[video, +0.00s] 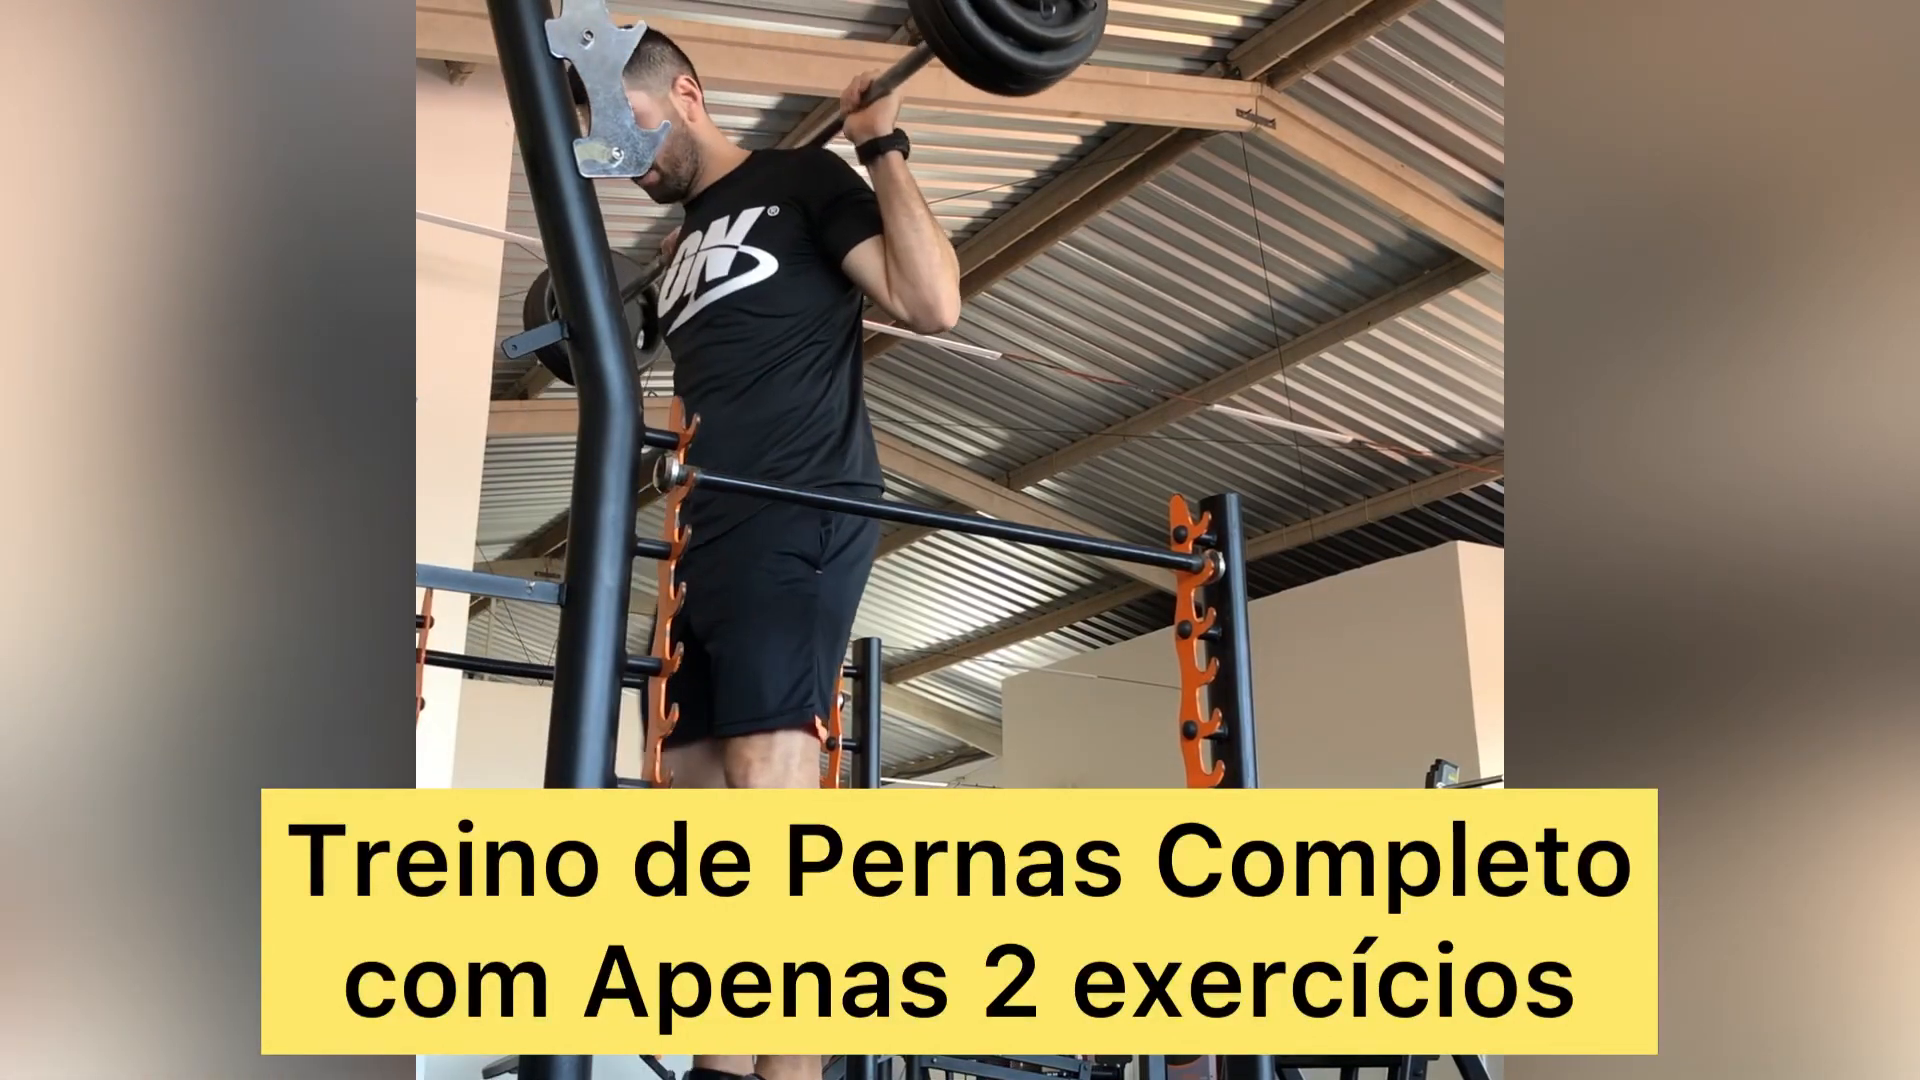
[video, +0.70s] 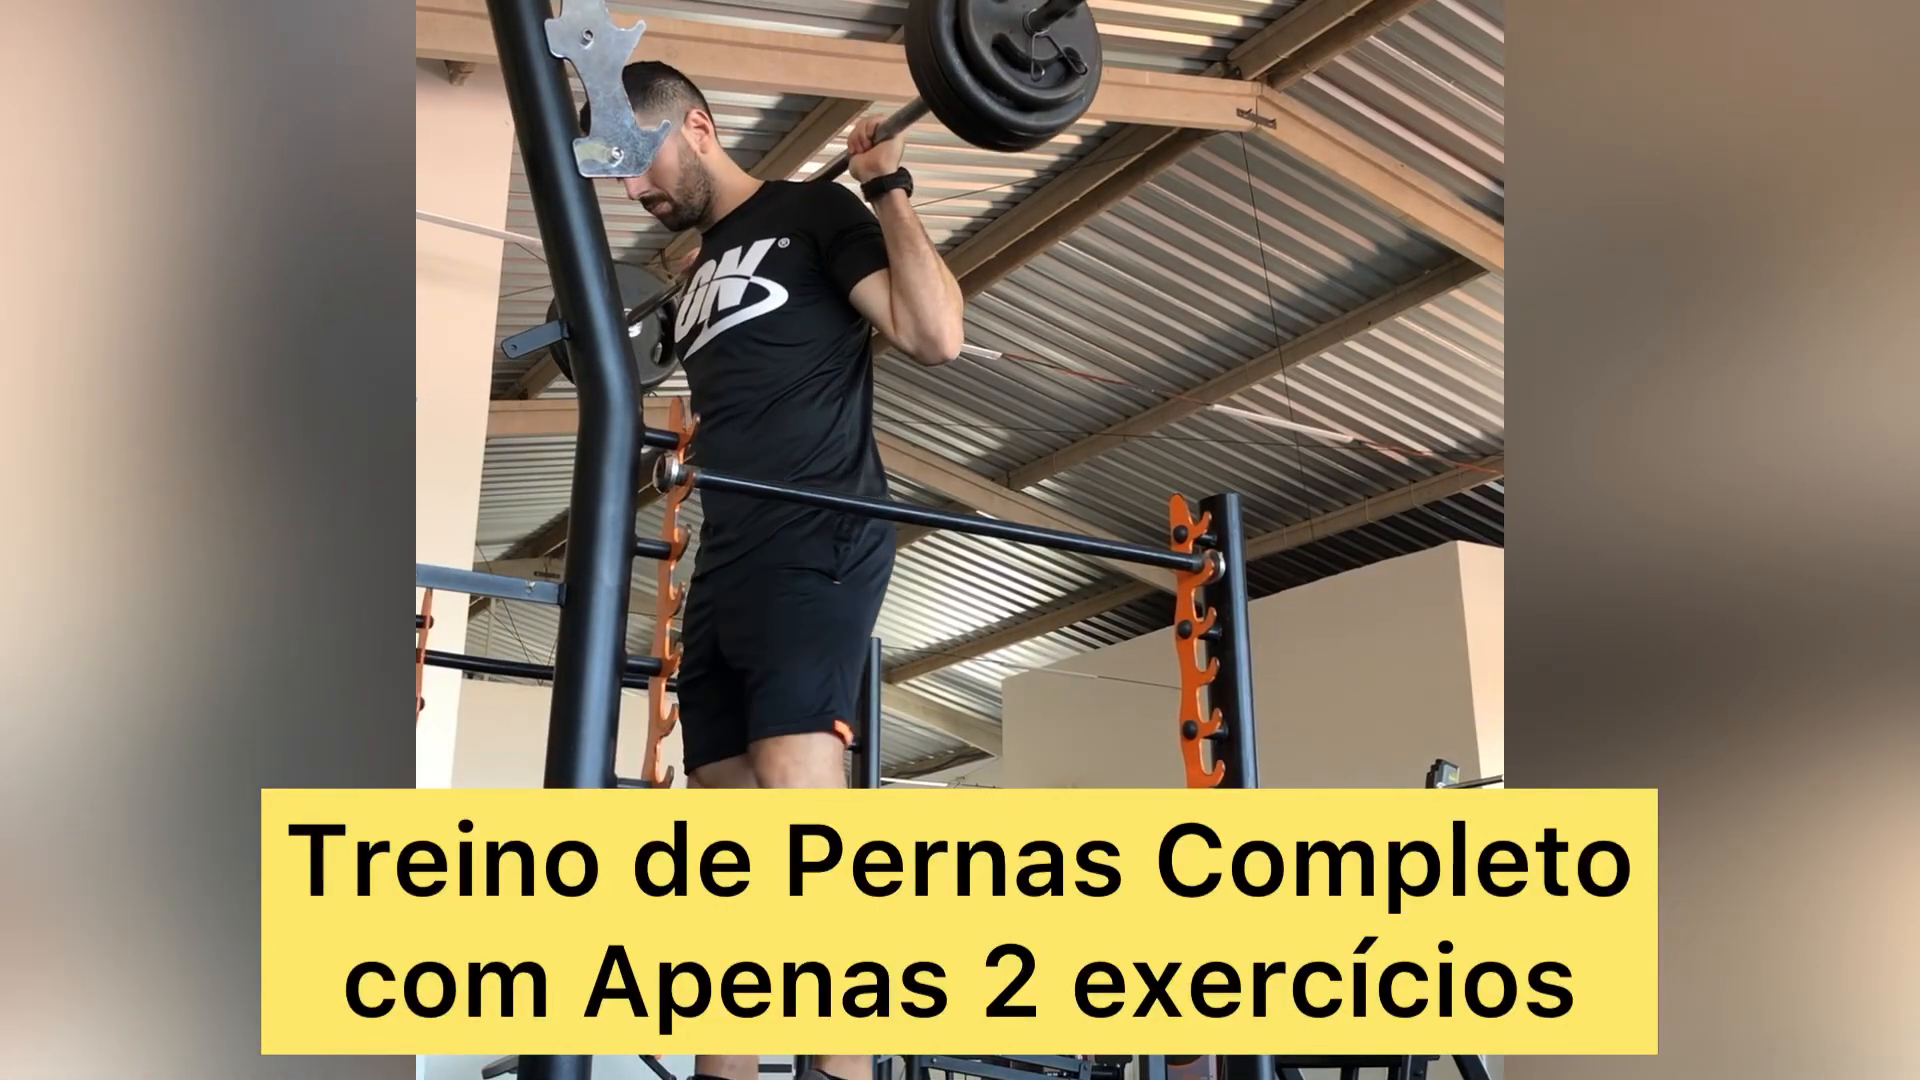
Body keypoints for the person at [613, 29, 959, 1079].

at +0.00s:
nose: (635, 155)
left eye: (643, 128)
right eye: (622, 139)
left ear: (692, 95)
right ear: (630, 136)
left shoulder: (800, 173)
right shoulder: (676, 254)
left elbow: (933, 304)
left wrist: (887, 151)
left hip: (801, 502)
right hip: (713, 514)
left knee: (769, 770)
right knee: (687, 772)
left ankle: (795, 1052)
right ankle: (725, 1051)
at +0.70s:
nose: (637, 187)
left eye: (643, 158)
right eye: (623, 170)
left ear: (700, 128)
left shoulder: (813, 210)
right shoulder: (696, 272)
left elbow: (939, 336)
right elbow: (724, 412)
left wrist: (890, 192)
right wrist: (670, 441)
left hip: (815, 538)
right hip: (728, 552)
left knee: (806, 815)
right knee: (721, 827)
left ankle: (844, 1063)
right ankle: (729, 1064)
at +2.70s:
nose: (624, 186)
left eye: (633, 157)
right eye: (610, 170)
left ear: (685, 126)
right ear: (617, 171)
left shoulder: (801, 200)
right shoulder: (687, 281)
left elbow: (926, 322)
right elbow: (704, 435)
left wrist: (877, 179)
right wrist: (672, 584)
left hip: (812, 528)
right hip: (722, 544)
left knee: (768, 758)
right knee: (691, 790)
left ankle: (829, 1063)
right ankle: (711, 1065)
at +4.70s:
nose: (625, 183)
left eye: (633, 153)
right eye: (612, 167)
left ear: (685, 117)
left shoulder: (795, 196)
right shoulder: (677, 264)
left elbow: (904, 323)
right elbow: (694, 415)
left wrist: (857, 173)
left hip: (793, 525)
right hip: (707, 542)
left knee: (783, 765)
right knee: (693, 790)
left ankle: (823, 1065)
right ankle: (708, 1067)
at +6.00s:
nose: (624, 183)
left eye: (632, 154)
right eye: (611, 168)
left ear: (684, 120)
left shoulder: (799, 199)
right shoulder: (687, 270)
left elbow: (921, 321)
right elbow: (712, 415)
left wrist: (863, 174)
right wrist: (677, 455)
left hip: (819, 527)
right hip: (728, 543)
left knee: (788, 763)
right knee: (699, 788)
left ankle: (828, 1065)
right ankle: (708, 1066)